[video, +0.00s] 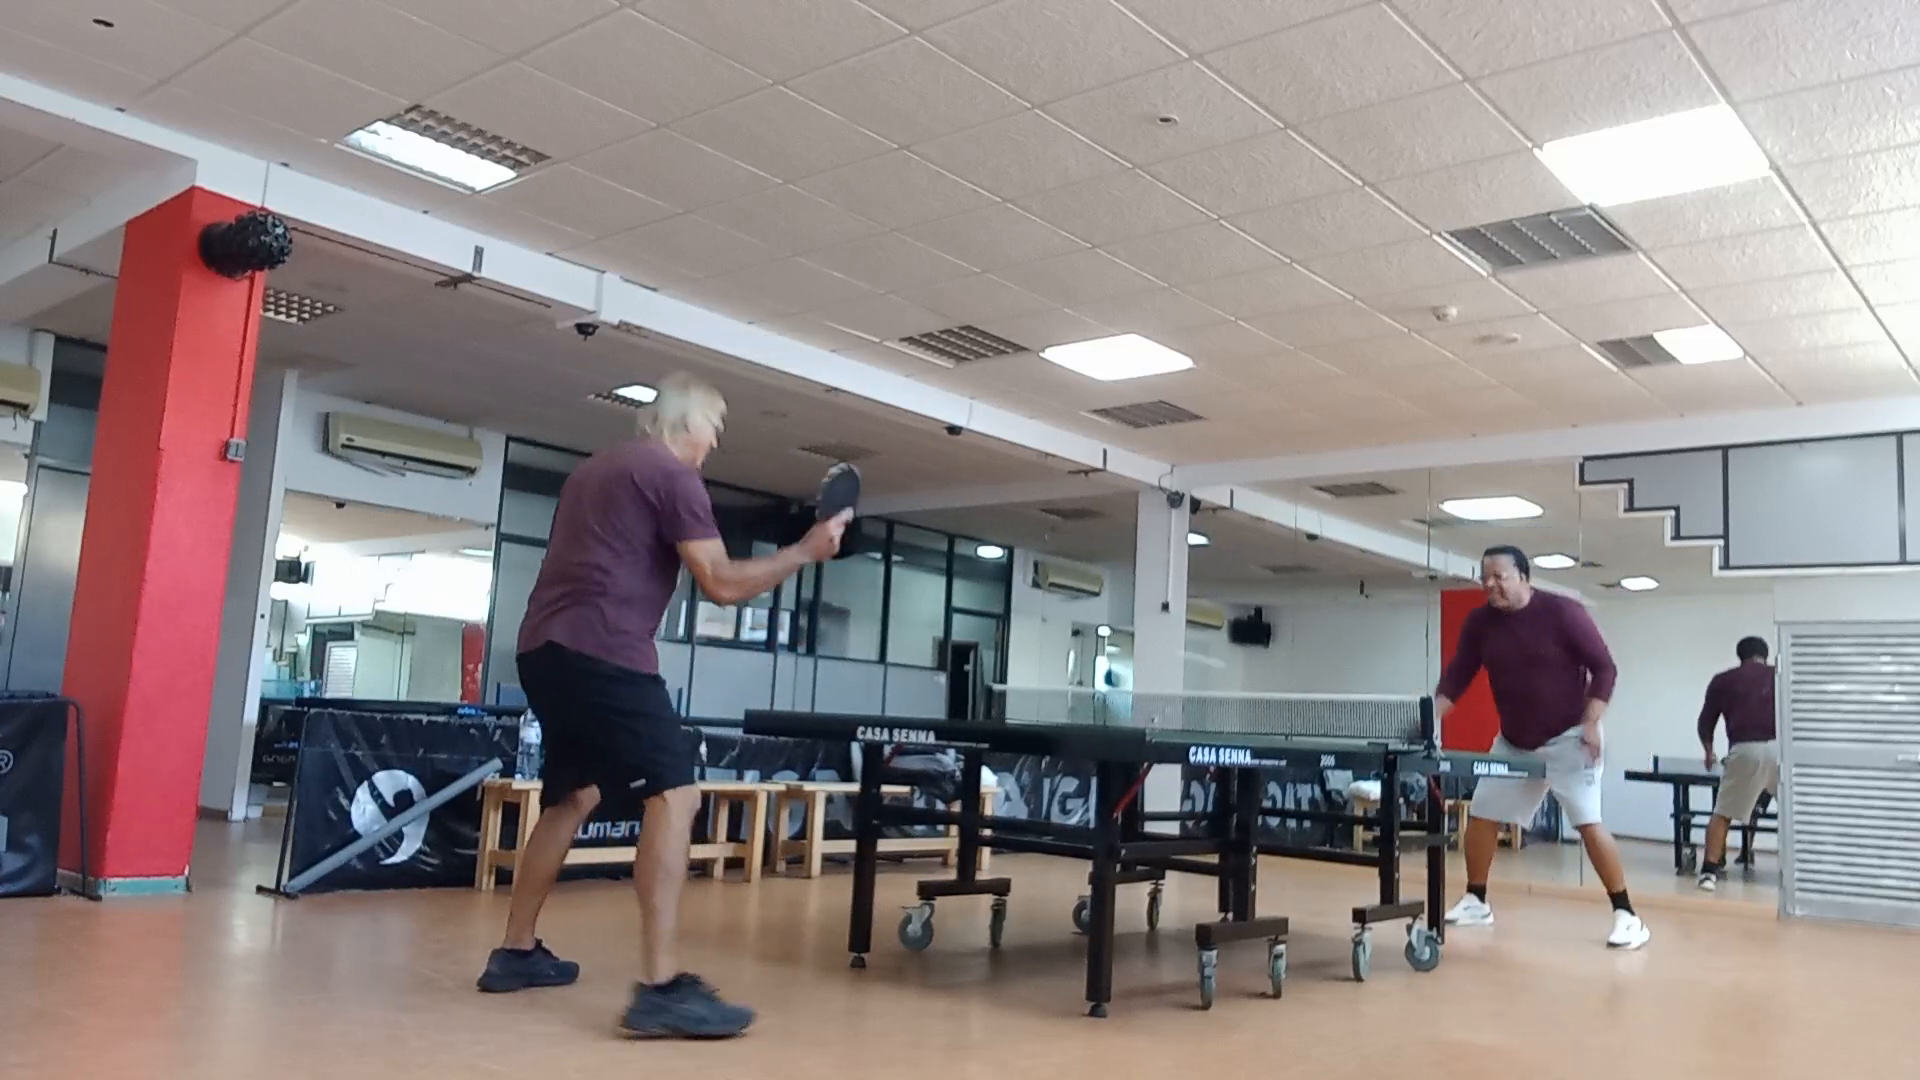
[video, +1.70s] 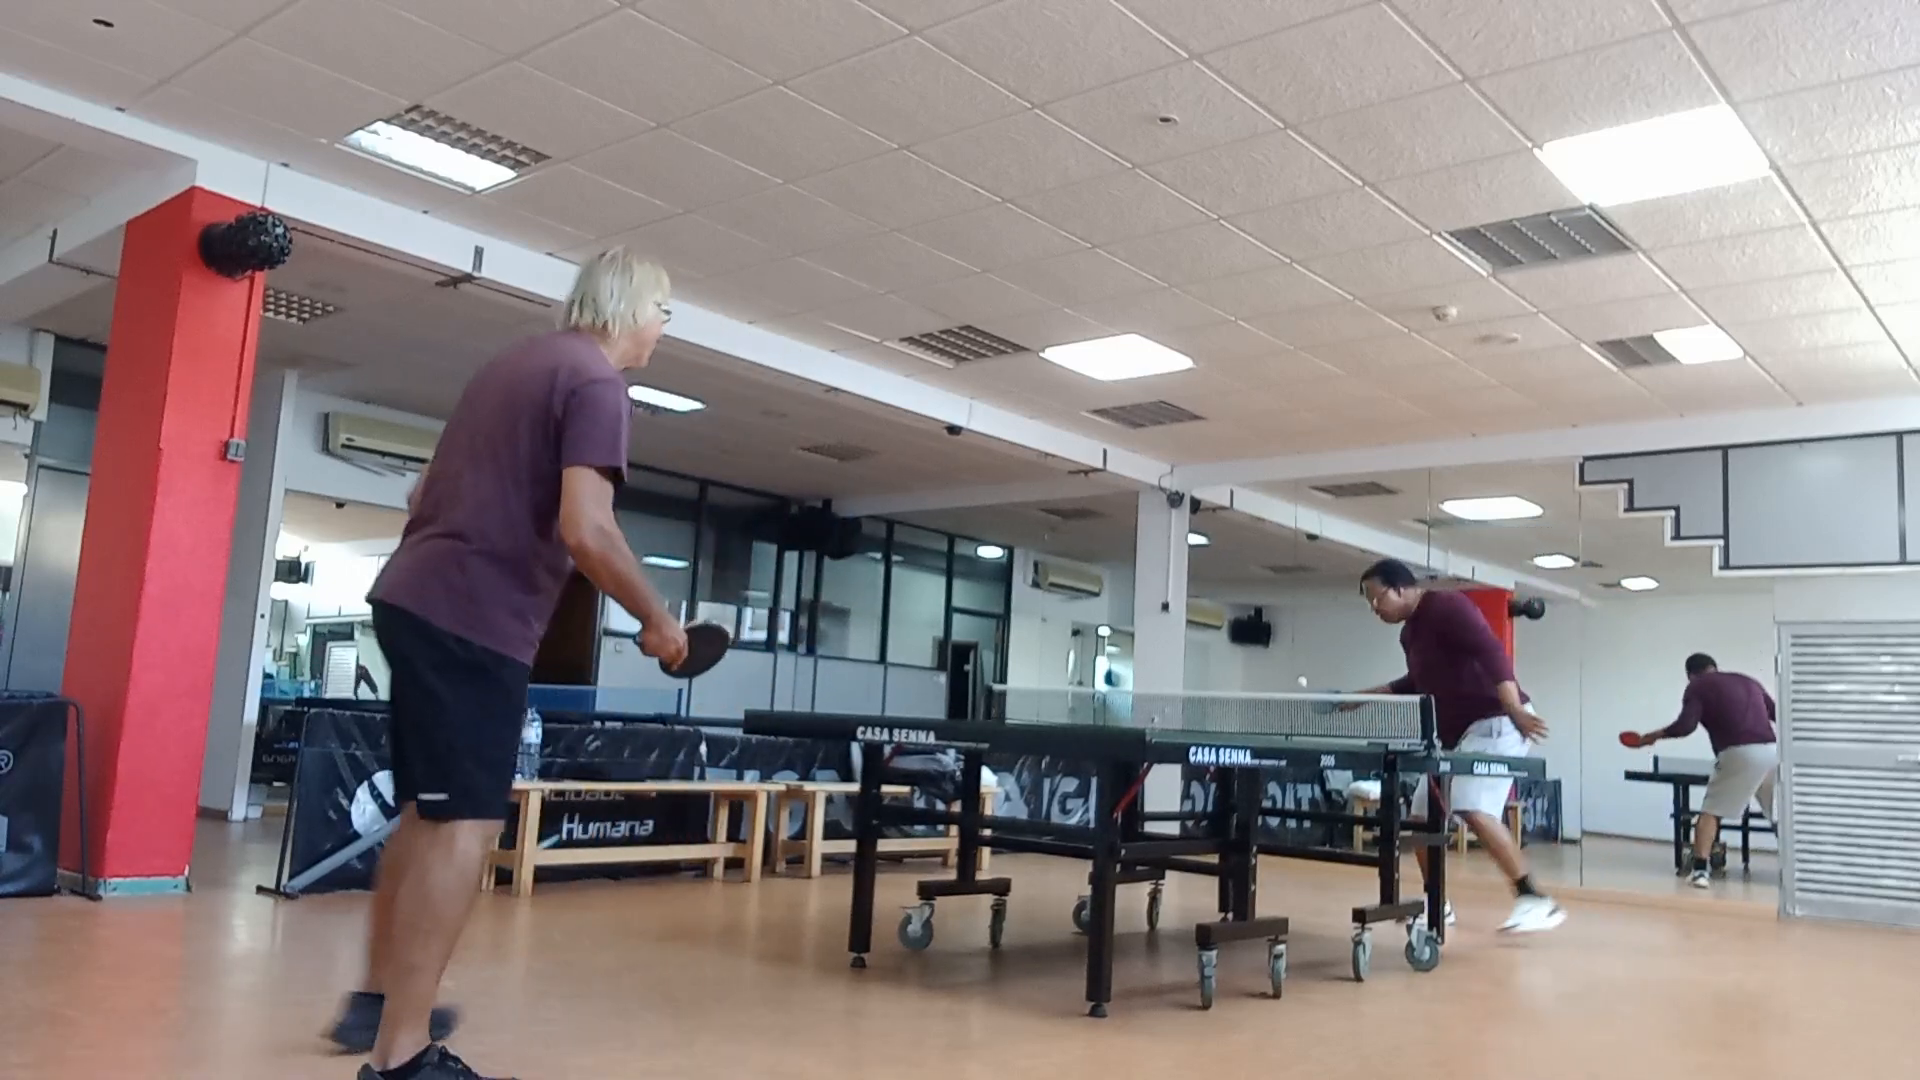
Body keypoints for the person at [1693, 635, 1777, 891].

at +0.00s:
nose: (1763, 662)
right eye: (1764, 658)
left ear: (1739, 657)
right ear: (1766, 657)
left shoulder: (1723, 680)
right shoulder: (1780, 677)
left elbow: (1705, 722)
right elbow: (1797, 710)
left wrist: (1709, 750)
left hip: (1745, 753)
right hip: (1783, 751)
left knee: (1722, 815)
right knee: (1799, 813)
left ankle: (1709, 872)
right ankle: (1804, 873)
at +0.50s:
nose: (1772, 663)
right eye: (1775, 658)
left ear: (1755, 657)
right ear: (1776, 658)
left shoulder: (1737, 679)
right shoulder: (1783, 677)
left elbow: (1742, 714)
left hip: (1744, 752)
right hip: (1779, 750)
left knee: (1730, 816)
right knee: (1800, 815)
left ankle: (1706, 870)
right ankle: (1804, 874)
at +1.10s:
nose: (1768, 658)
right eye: (1770, 654)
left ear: (1749, 654)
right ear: (1773, 653)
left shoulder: (1732, 678)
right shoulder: (1786, 677)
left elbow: (1707, 718)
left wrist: (1711, 748)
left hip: (1745, 753)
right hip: (1782, 753)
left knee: (1721, 810)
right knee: (1793, 817)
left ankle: (1705, 862)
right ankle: (1802, 871)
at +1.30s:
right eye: (1749, 663)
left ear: (1726, 662)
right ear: (1752, 661)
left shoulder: (1714, 683)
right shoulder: (1771, 681)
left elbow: (1691, 724)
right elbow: (1786, 714)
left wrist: (1695, 749)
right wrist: (1786, 745)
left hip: (1736, 757)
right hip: (1773, 756)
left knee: (1711, 812)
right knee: (1786, 820)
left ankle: (1700, 869)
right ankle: (1796, 875)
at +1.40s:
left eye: (1713, 666)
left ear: (1711, 665)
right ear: (1736, 661)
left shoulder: (1703, 684)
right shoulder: (1761, 681)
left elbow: (1683, 723)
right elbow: (1774, 719)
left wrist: (1678, 746)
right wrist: (1773, 747)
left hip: (1729, 754)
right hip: (1766, 753)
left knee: (1706, 813)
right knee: (1781, 815)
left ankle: (1698, 870)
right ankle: (1796, 871)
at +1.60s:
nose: (1693, 678)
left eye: (1691, 674)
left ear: (1691, 672)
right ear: (1715, 664)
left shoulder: (1694, 686)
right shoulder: (1746, 680)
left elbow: (1684, 721)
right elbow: (1777, 715)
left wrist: (1655, 734)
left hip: (1733, 753)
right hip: (1769, 751)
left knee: (1707, 812)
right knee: (1782, 812)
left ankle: (1700, 871)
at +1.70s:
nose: (1691, 681)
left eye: (1689, 677)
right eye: (1690, 678)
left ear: (1691, 674)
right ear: (1714, 667)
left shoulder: (1697, 686)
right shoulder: (1746, 680)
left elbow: (1686, 726)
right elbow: (1775, 712)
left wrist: (1656, 735)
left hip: (1739, 753)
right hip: (1771, 752)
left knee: (1710, 811)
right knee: (1783, 818)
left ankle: (1700, 871)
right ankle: (1798, 871)